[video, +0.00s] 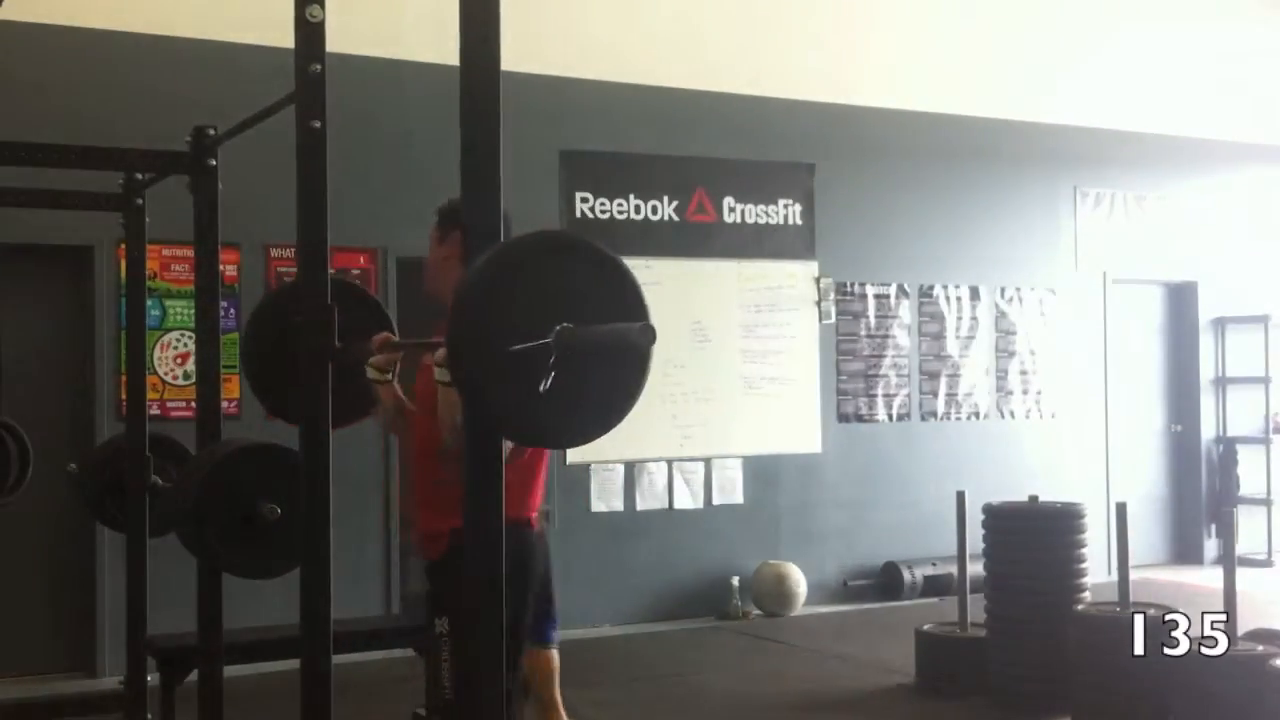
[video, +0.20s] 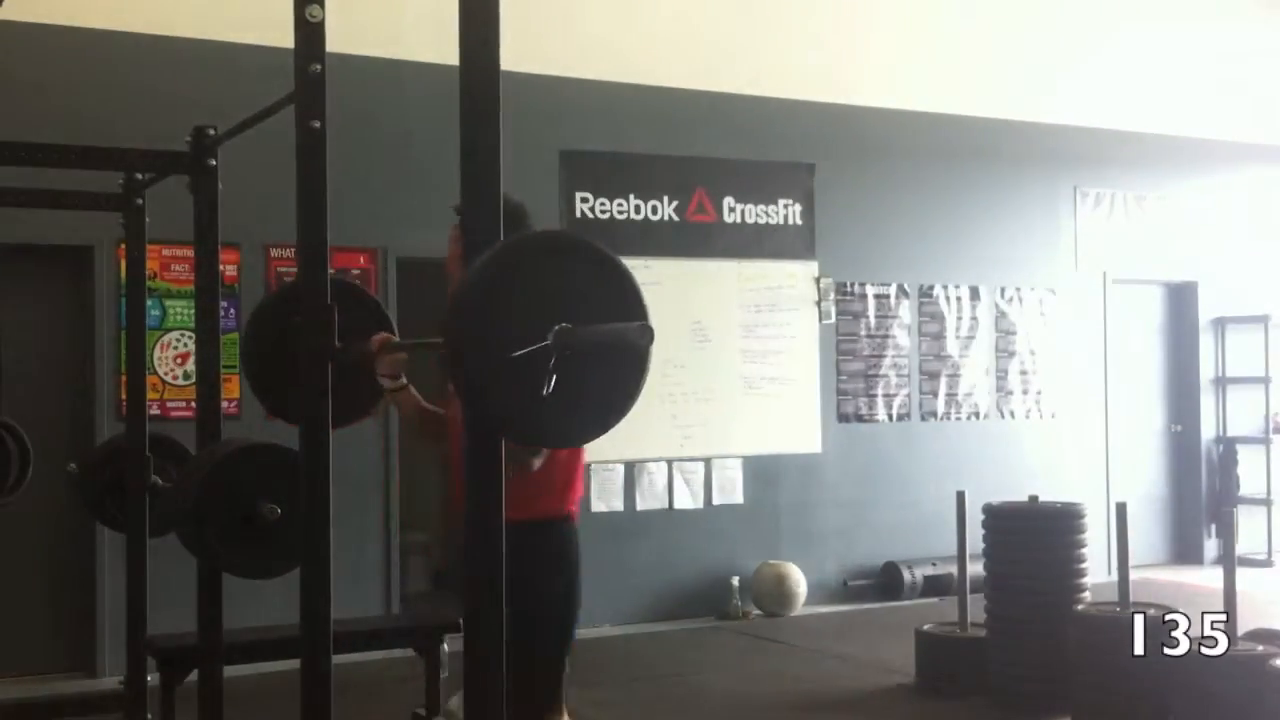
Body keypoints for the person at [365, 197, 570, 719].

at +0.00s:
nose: (429, 260)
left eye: (435, 247)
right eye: (431, 247)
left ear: (459, 250)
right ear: (474, 251)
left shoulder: (481, 335)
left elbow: (456, 441)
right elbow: (431, 435)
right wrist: (386, 387)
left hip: (479, 543)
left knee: (473, 697)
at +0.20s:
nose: (448, 262)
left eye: (456, 248)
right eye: (452, 248)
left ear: (485, 256)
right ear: (483, 260)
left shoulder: (541, 328)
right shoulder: (485, 333)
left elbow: (529, 452)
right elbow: (453, 429)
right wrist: (400, 389)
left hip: (534, 532)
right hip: (489, 529)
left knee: (538, 700)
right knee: (488, 696)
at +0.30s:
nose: (465, 266)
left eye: (476, 251)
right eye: (467, 254)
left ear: (520, 254)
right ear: (472, 267)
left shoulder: (568, 325)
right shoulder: (487, 333)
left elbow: (555, 451)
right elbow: (455, 429)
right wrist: (404, 386)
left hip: (557, 522)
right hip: (492, 523)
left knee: (561, 691)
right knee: (491, 683)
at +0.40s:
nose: (495, 266)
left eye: (507, 249)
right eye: (484, 251)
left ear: (537, 250)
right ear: (481, 262)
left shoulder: (581, 326)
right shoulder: (490, 334)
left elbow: (591, 449)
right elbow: (455, 430)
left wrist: (498, 415)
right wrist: (406, 380)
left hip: (575, 523)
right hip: (502, 522)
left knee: (574, 688)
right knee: (515, 683)